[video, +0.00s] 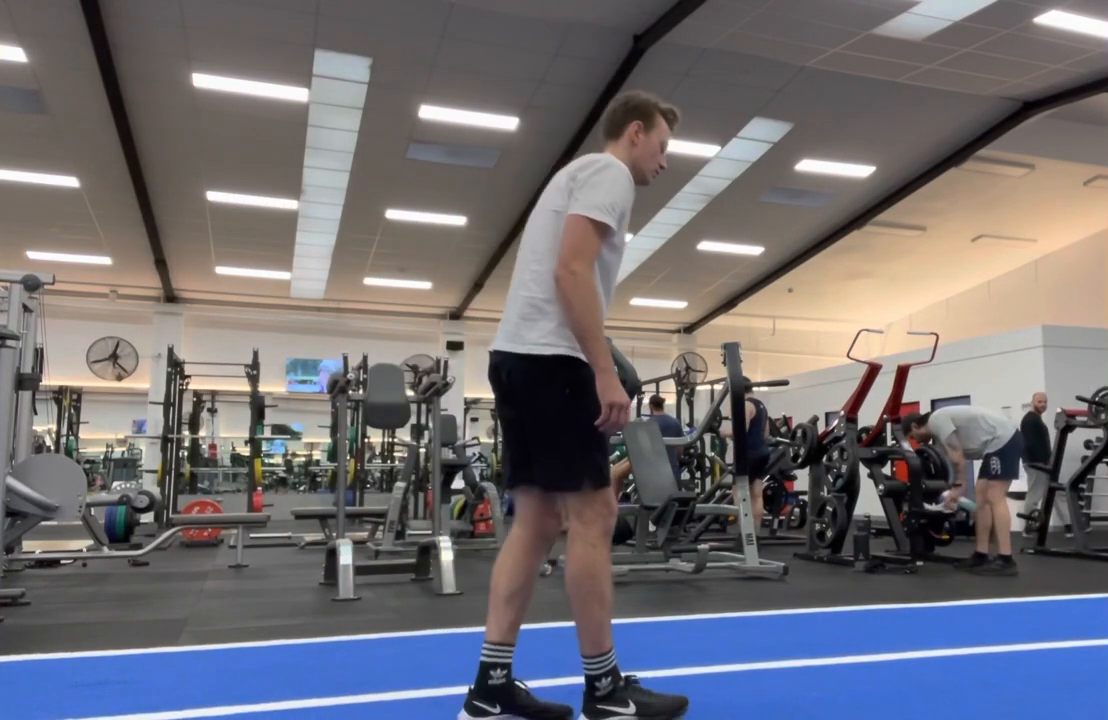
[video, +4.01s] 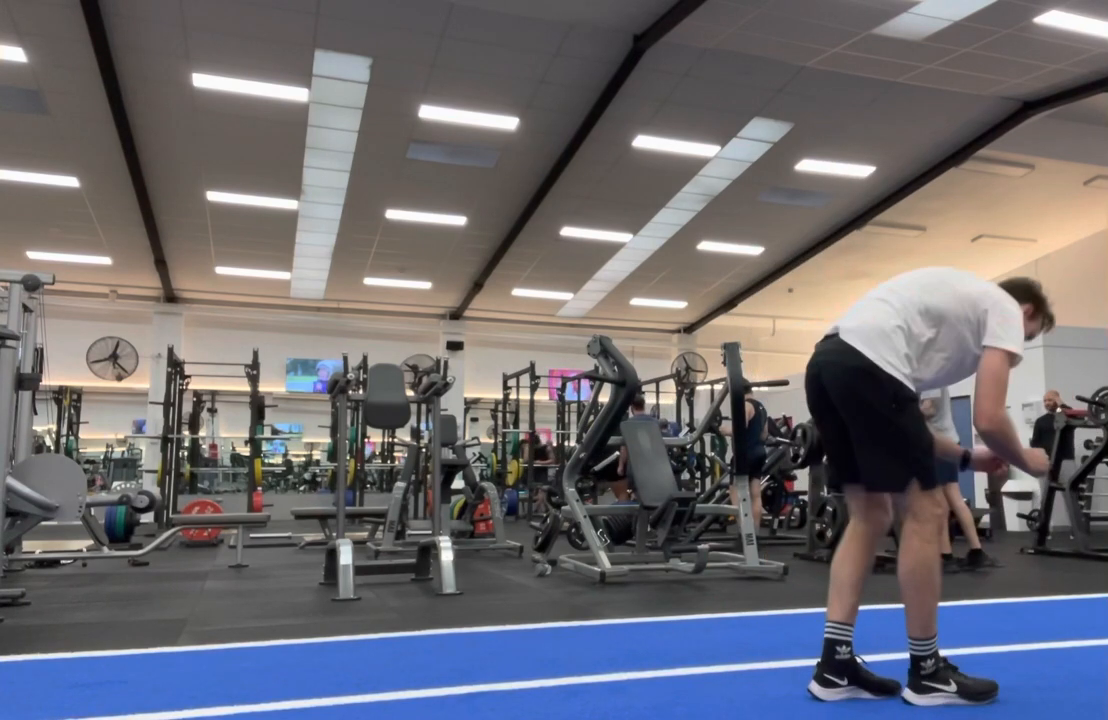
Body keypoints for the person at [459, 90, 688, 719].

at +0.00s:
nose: (663, 160)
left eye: (666, 149)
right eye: (662, 145)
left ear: (625, 133)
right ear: (634, 132)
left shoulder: (574, 176)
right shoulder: (609, 172)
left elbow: (555, 283)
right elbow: (572, 268)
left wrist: (600, 370)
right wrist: (605, 370)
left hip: (520, 360)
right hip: (554, 359)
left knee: (535, 521)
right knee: (593, 514)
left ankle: (492, 680)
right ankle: (605, 685)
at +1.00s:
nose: (780, 427)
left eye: (788, 421)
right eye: (787, 415)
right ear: (777, 387)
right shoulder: (749, 380)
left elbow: (654, 490)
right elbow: (712, 505)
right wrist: (707, 622)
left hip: (562, 359)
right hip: (585, 364)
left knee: (635, 521)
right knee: (649, 519)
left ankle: (670, 671)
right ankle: (609, 691)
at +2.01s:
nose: (834, 206)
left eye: (839, 198)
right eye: (837, 194)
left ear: (796, 176)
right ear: (817, 177)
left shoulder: (745, 210)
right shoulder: (796, 207)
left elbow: (707, 295)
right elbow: (749, 280)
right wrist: (782, 382)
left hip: (673, 359)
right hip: (718, 363)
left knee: (693, 513)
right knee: (762, 504)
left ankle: (682, 672)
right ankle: (733, 666)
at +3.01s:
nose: (960, 344)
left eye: (968, 338)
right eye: (967, 333)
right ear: (961, 309)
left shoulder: (888, 306)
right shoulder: (937, 310)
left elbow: (839, 399)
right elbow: (893, 387)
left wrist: (791, 478)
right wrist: (877, 479)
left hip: (772, 370)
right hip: (816, 379)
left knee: (827, 519)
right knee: (861, 518)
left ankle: (833, 664)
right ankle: (911, 665)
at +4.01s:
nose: (1024, 342)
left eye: (1030, 337)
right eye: (1029, 332)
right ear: (1026, 310)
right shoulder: (1004, 308)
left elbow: (899, 419)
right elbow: (988, 419)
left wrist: (969, 457)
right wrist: (1026, 458)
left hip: (827, 366)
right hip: (872, 370)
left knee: (868, 514)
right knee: (924, 513)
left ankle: (835, 662)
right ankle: (927, 670)